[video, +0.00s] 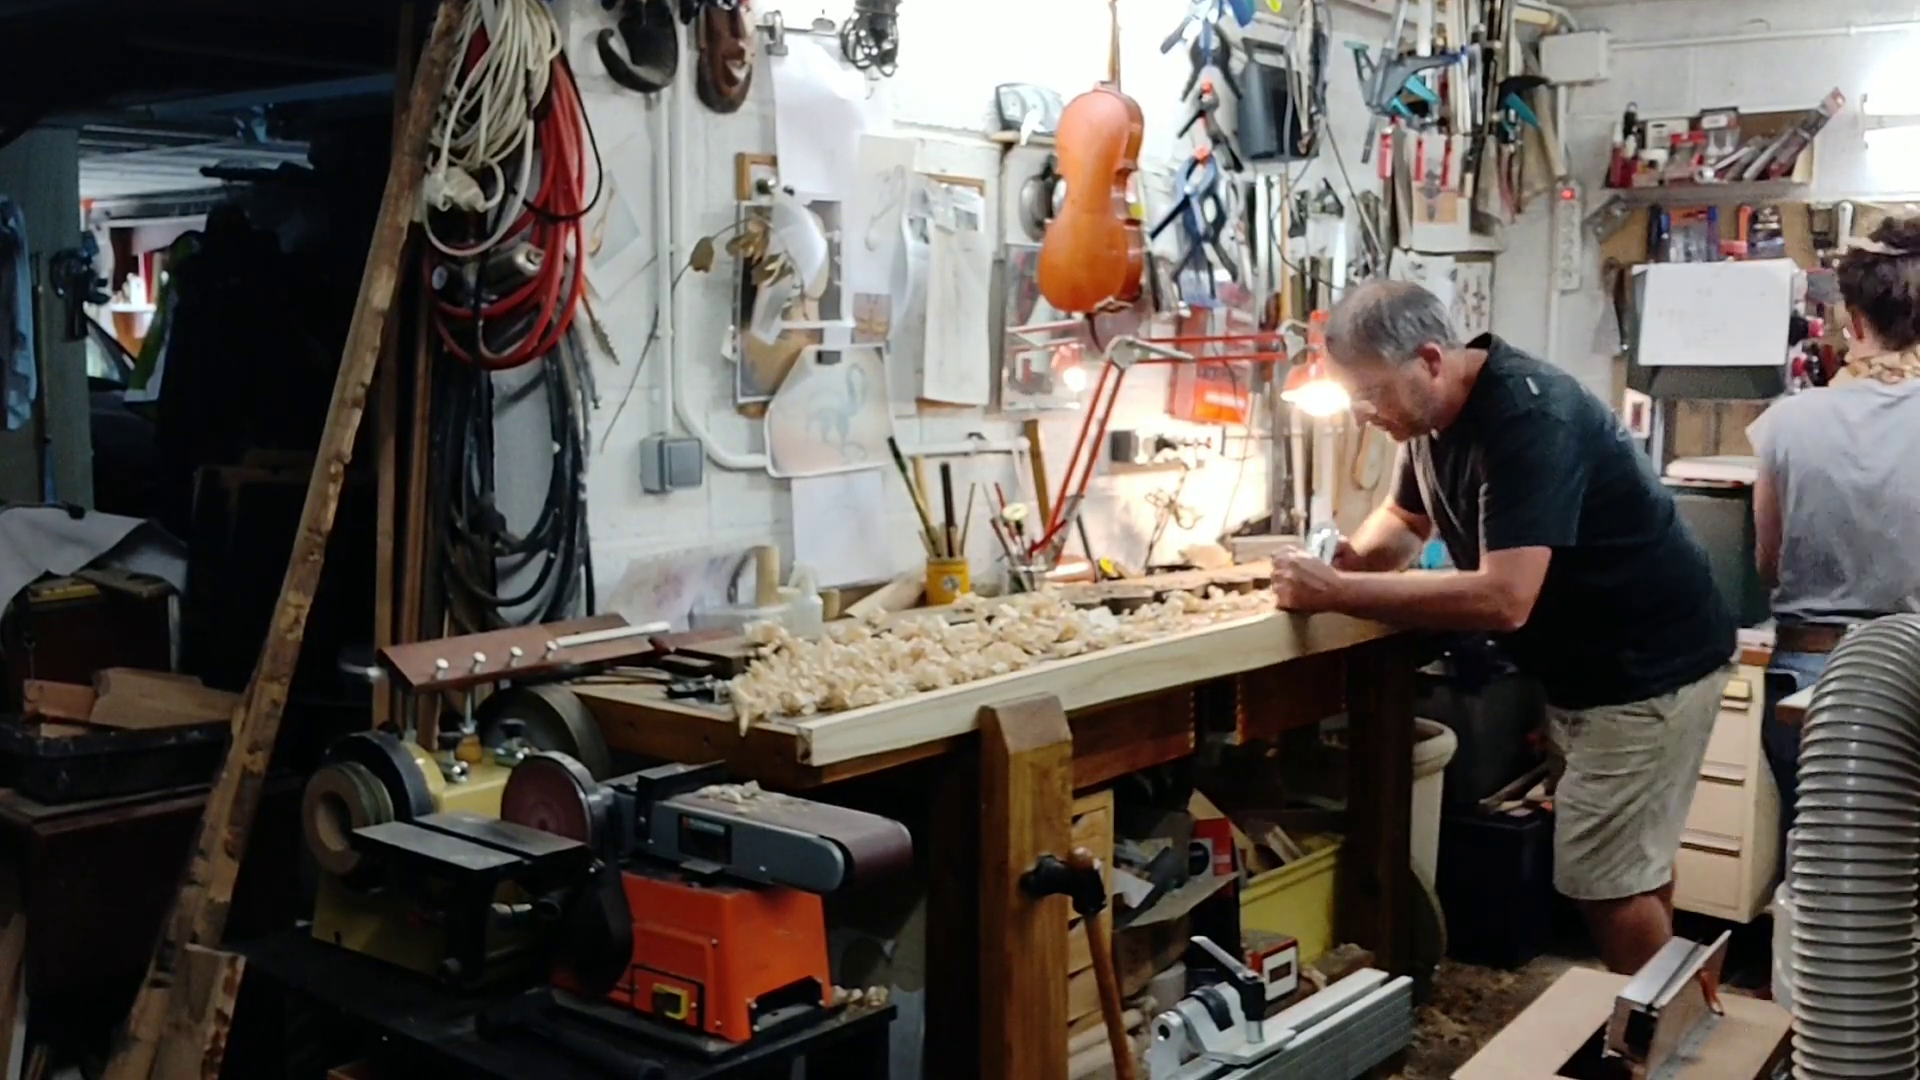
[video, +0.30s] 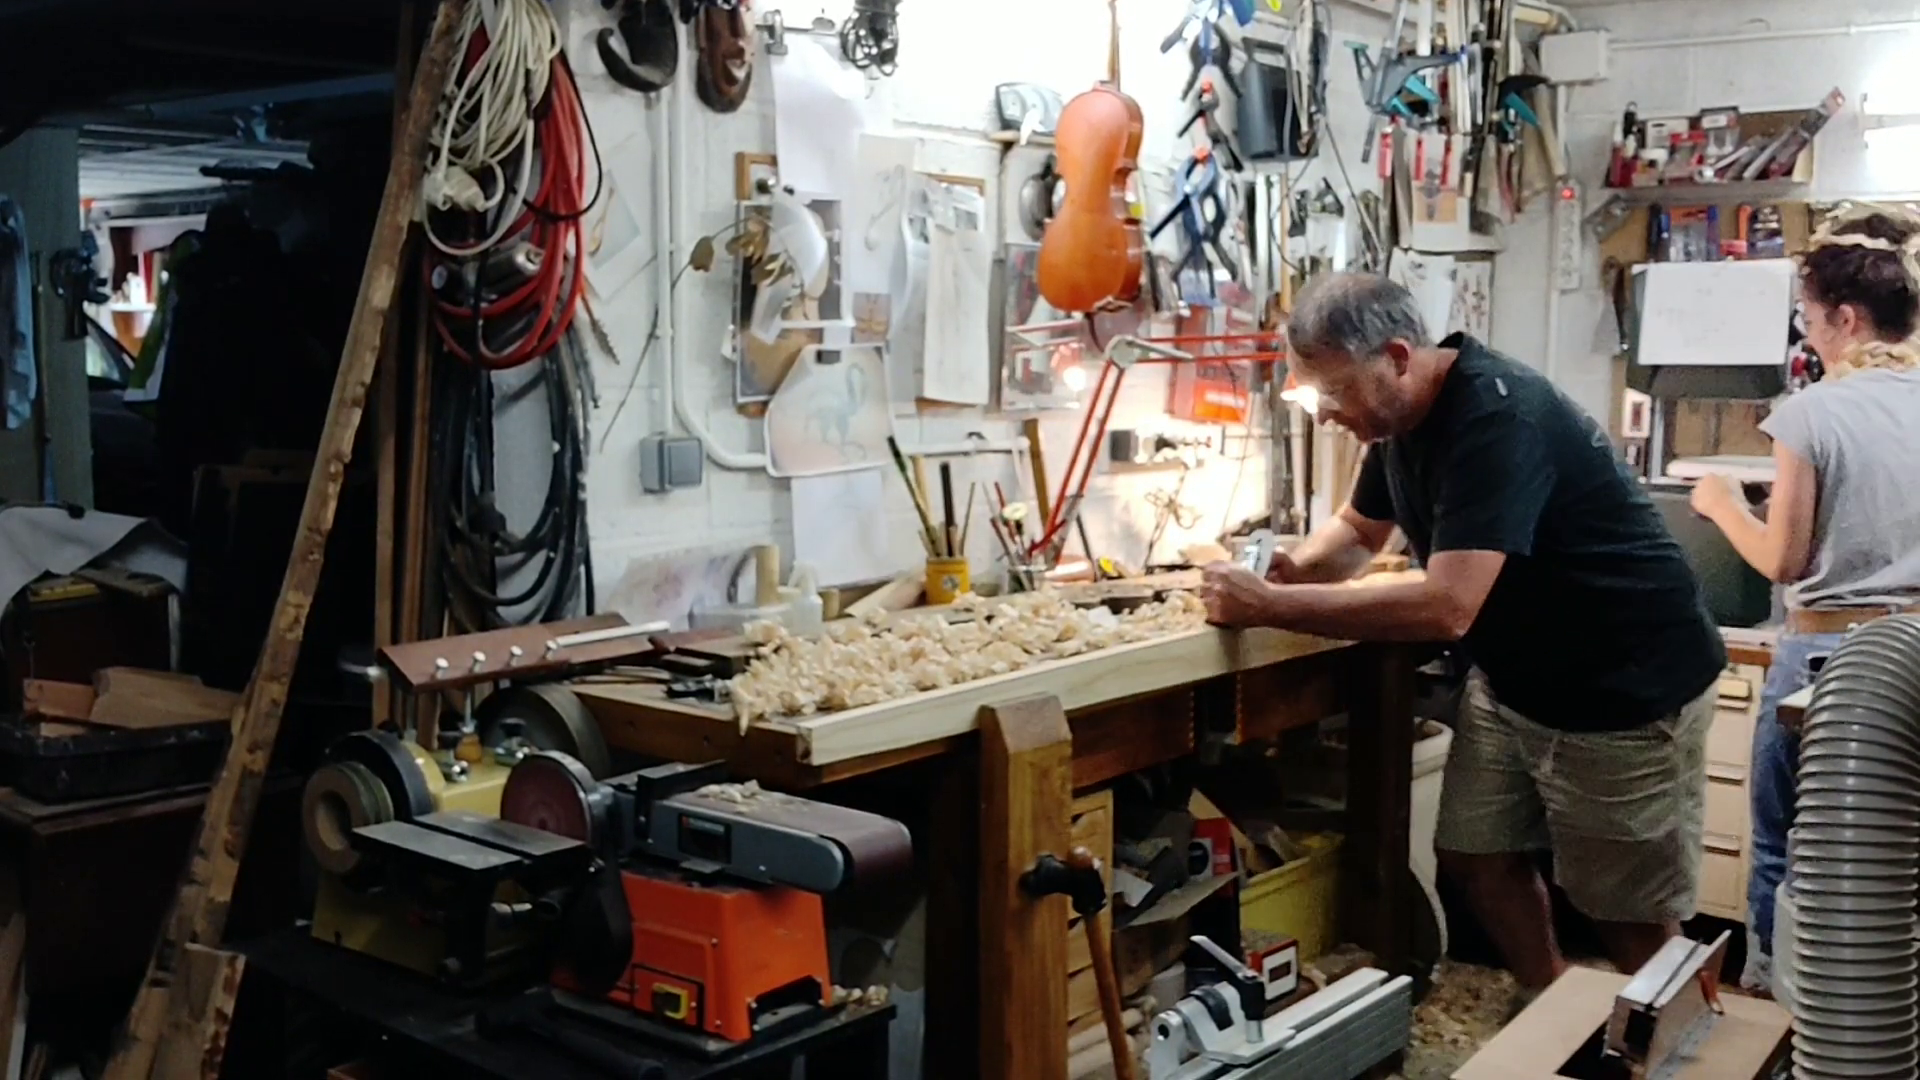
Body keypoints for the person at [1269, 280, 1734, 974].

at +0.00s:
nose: (1369, 416)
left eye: (1376, 396)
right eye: (1359, 401)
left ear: (1432, 361)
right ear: (1430, 362)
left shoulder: (1530, 416)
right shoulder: (1438, 417)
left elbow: (1504, 598)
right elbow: (1405, 520)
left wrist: (1340, 589)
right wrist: (1347, 565)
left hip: (1652, 663)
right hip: (1587, 663)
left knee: (1606, 879)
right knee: (1632, 864)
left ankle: (1662, 1047)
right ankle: (1668, 1026)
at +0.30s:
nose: (1328, 415)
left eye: (1337, 394)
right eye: (1320, 398)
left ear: (1398, 358)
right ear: (1394, 359)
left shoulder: (1499, 415)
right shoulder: (1405, 415)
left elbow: (1448, 606)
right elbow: (1361, 530)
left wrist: (1269, 604)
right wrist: (1297, 565)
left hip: (1629, 693)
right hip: (1512, 679)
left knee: (1631, 924)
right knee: (1484, 867)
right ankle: (1557, 1014)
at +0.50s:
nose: (1281, 423)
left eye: (1286, 399)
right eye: (1269, 406)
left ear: (1350, 360)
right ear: (1345, 361)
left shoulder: (1453, 423)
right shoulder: (1348, 430)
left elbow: (1403, 620)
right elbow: (1309, 544)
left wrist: (1223, 614)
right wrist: (1247, 575)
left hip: (1560, 714)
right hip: (1452, 702)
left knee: (1571, 928)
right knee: (1423, 884)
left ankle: (1694, 1005)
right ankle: (1473, 1063)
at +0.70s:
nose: (1217, 423)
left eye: (1226, 402)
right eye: (1209, 406)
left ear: (1292, 362)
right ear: (1289, 363)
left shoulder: (1401, 418)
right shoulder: (1294, 428)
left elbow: (1366, 624)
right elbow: (1264, 543)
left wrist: (1179, 622)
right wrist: (1210, 583)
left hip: (1509, 709)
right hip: (1403, 703)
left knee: (1492, 938)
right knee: (1405, 912)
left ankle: (1601, 1049)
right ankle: (1473, 1060)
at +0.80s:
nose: (1192, 422)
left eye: (1200, 400)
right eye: (1183, 405)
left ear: (1269, 358)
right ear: (1265, 360)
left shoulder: (1382, 415)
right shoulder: (1275, 424)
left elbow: (1346, 626)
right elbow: (1244, 542)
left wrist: (1160, 624)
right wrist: (1183, 581)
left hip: (1500, 693)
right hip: (1397, 692)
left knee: (1456, 937)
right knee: (1403, 922)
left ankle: (1519, 1078)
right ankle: (1473, 1062)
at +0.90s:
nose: (1174, 422)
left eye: (1181, 400)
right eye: (1164, 404)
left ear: (1249, 360)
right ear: (1243, 361)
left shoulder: (1361, 416)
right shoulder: (1257, 422)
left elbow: (1327, 632)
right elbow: (1228, 543)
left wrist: (1138, 629)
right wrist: (1172, 584)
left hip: (1488, 688)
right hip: (1401, 690)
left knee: (1424, 927)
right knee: (1410, 919)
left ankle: (1449, 1079)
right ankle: (1468, 1067)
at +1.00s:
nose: (1154, 421)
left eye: (1160, 399)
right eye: (1143, 403)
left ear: (1229, 358)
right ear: (1225, 357)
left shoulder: (1345, 417)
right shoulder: (1244, 420)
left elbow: (1308, 636)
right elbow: (1207, 547)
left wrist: (1116, 638)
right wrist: (1146, 598)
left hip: (1475, 698)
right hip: (1400, 695)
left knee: (1367, 940)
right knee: (1434, 902)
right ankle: (1485, 1062)